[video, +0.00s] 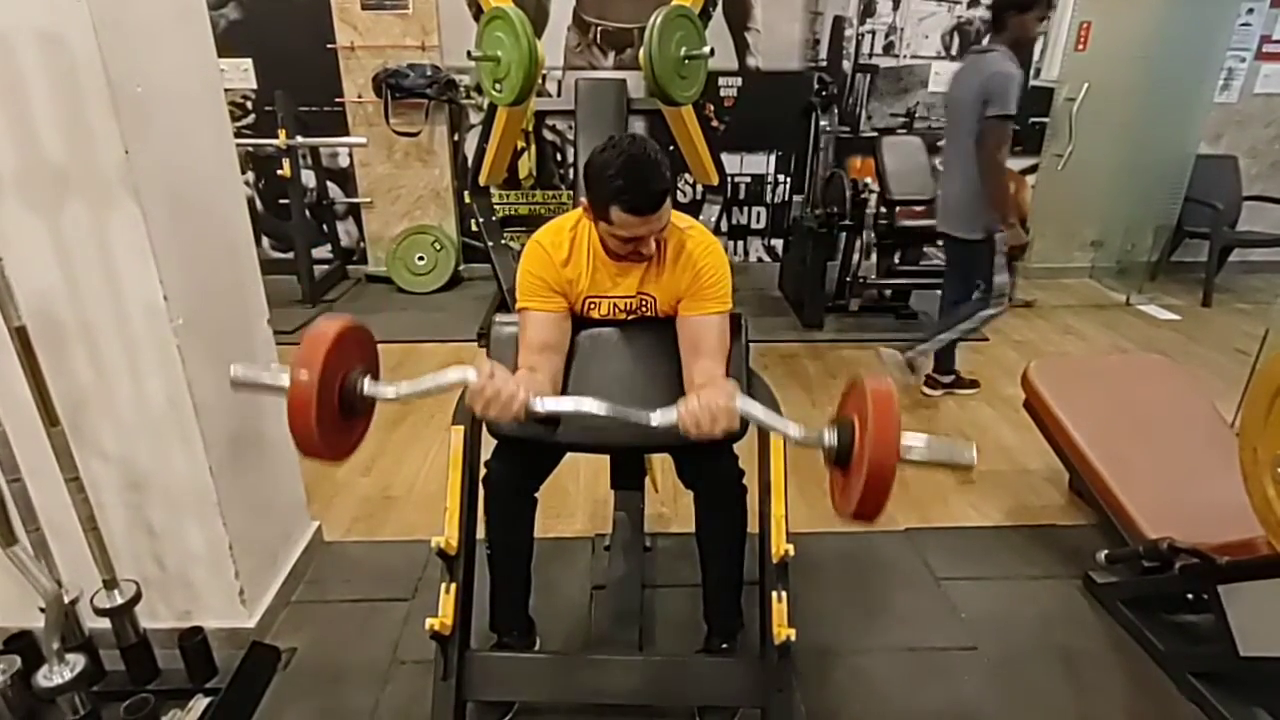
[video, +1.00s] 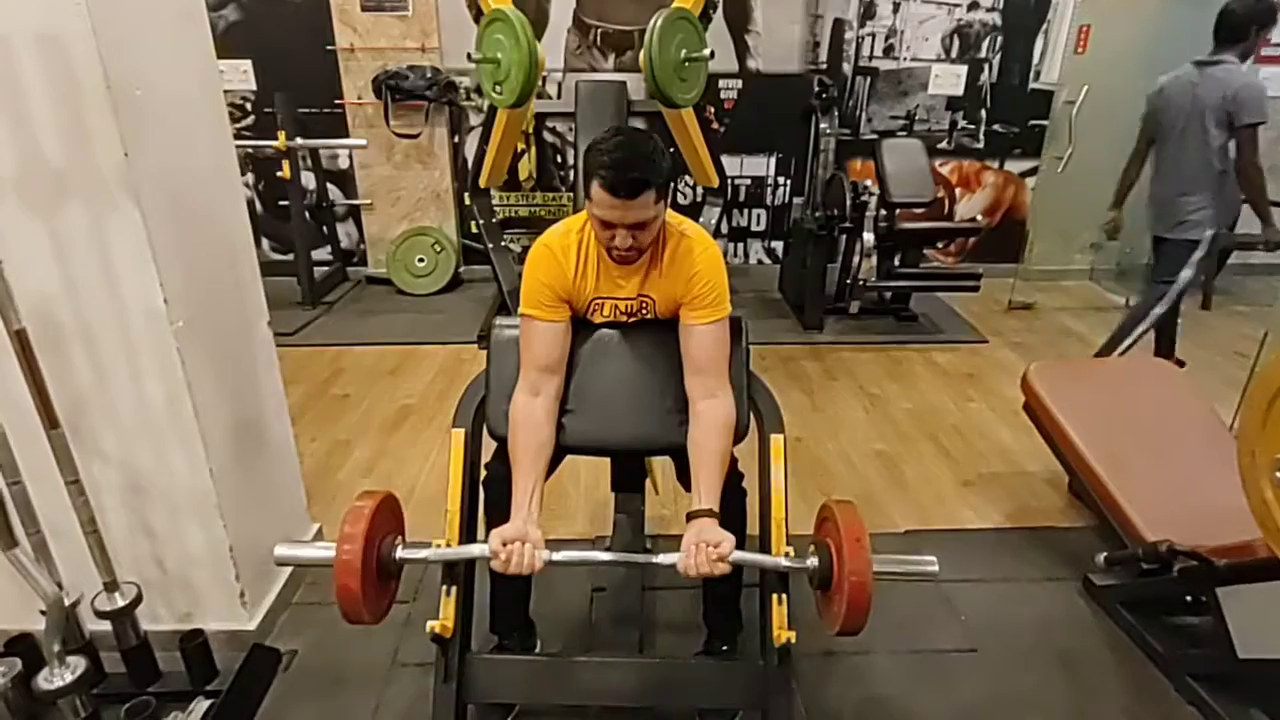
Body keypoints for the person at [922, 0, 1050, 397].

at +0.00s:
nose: (1042, 29)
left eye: (1044, 20)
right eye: (1039, 19)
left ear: (1006, 19)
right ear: (1013, 18)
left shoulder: (975, 60)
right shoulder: (1004, 69)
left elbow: (960, 141)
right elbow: (990, 152)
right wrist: (1010, 222)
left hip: (956, 204)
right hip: (975, 210)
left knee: (956, 290)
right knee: (989, 296)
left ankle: (943, 370)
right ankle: (925, 358)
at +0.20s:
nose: (1091, 31)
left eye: (1094, 21)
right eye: (1088, 20)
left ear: (1058, 18)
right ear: (1062, 16)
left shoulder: (1014, 63)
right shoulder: (1048, 72)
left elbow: (999, 139)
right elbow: (1027, 150)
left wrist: (1003, 201)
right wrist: (1030, 224)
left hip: (994, 208)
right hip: (1027, 215)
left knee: (966, 294)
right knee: (1045, 298)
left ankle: (942, 371)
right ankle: (1035, 381)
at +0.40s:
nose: (1148, 35)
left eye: (1150, 26)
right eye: (1146, 25)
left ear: (1108, 22)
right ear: (1121, 22)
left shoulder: (1072, 68)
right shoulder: (1106, 79)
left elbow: (1052, 143)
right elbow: (1081, 159)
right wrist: (1081, 230)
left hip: (1042, 209)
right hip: (1072, 217)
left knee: (1008, 286)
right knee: (1076, 307)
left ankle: (956, 359)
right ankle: (1080, 376)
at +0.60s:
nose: (1203, 30)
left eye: (1205, 20)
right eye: (1201, 19)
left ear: (1158, 16)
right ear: (1179, 18)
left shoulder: (1113, 68)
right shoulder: (1162, 73)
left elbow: (1092, 141)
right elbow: (1146, 154)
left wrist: (1095, 192)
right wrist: (1150, 223)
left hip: (1092, 206)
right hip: (1124, 214)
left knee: (1082, 280)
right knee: (1103, 300)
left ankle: (1027, 337)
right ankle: (1080, 376)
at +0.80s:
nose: (1238, 39)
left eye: (1241, 30)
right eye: (1238, 29)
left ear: (1196, 24)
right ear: (1224, 28)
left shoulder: (1142, 77)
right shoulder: (1210, 79)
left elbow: (1113, 149)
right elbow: (1209, 162)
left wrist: (1095, 204)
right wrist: (1221, 225)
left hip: (1124, 203)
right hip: (1164, 211)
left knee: (1128, 288)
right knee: (1125, 293)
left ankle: (1128, 359)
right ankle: (1089, 366)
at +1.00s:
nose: (1264, 44)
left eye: (1266, 37)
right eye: (1265, 37)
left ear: (1217, 34)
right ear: (1254, 38)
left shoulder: (1169, 85)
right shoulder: (1243, 88)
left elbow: (1140, 152)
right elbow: (1247, 165)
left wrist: (1116, 209)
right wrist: (1268, 222)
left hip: (1162, 212)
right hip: (1204, 216)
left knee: (1167, 295)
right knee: (1156, 301)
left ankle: (1164, 362)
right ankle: (1101, 362)